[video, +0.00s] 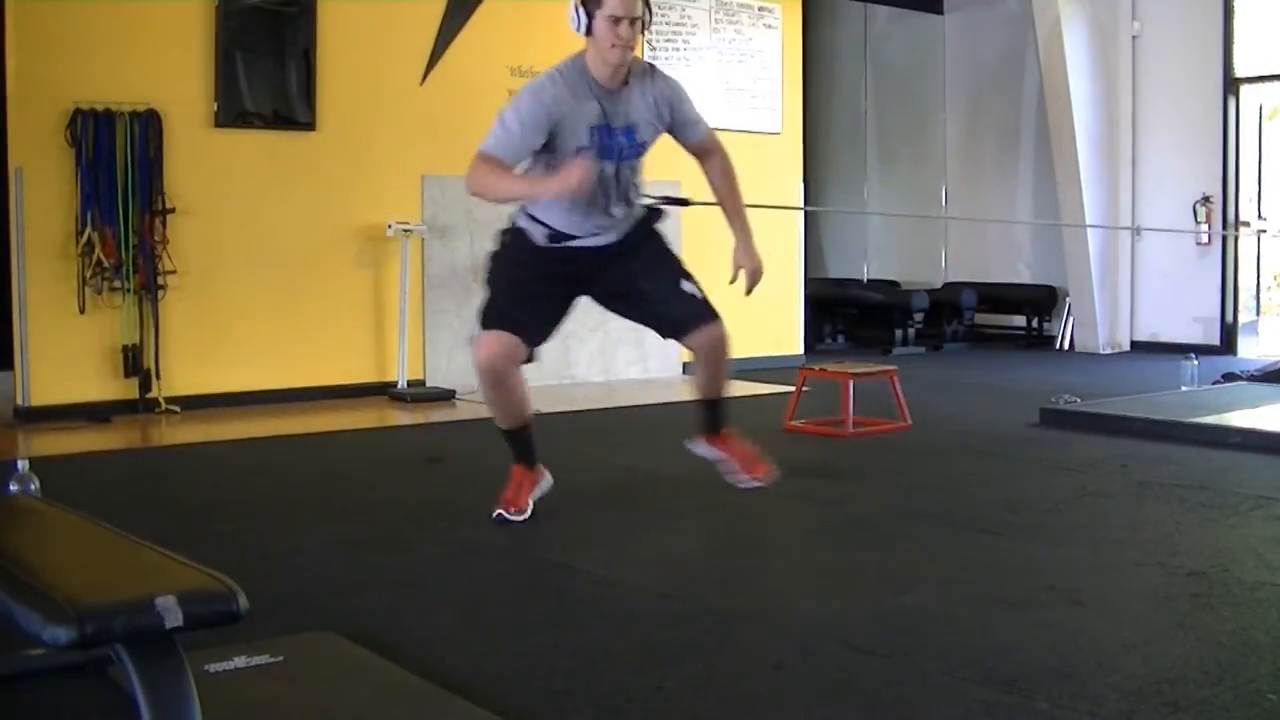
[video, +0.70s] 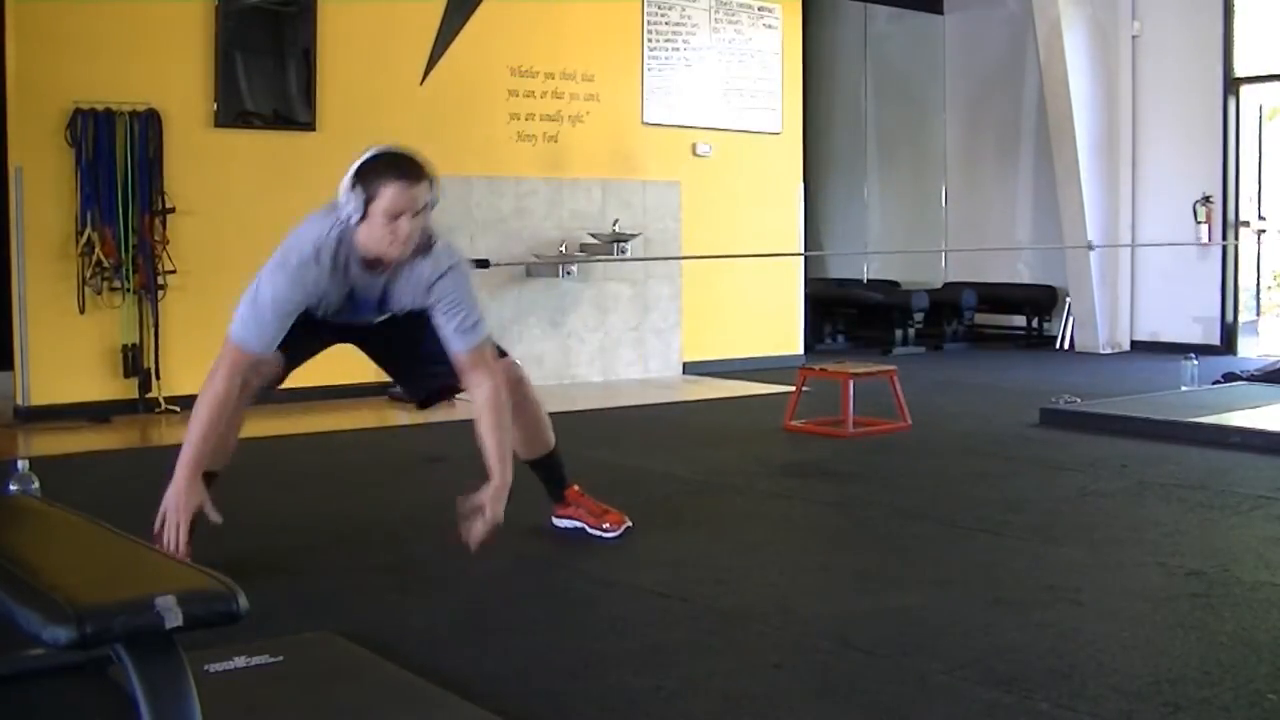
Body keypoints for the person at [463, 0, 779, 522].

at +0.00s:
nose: (626, 34)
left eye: (634, 22)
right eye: (615, 20)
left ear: (642, 28)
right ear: (586, 23)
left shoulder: (658, 90)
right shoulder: (549, 94)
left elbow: (710, 153)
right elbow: (479, 178)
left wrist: (743, 238)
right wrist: (551, 183)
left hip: (624, 243)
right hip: (542, 247)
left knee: (711, 338)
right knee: (492, 355)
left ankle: (712, 433)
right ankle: (527, 469)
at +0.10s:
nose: (600, 46)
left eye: (611, 34)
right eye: (589, 32)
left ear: (619, 38)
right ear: (560, 31)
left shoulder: (630, 103)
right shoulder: (515, 103)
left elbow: (680, 179)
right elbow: (443, 194)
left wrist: (713, 269)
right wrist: (454, 292)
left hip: (564, 246)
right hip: (486, 243)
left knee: (647, 327)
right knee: (440, 346)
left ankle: (608, 474)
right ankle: (433, 462)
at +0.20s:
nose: (562, 89)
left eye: (573, 77)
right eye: (551, 74)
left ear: (584, 82)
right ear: (523, 74)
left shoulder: (592, 145)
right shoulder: (479, 136)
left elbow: (649, 223)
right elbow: (402, 232)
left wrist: (677, 305)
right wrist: (364, 336)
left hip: (516, 272)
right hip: (439, 264)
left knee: (598, 352)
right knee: (366, 368)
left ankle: (576, 497)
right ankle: (271, 497)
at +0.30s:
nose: (505, 149)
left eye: (517, 138)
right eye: (495, 134)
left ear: (530, 142)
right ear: (468, 131)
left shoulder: (542, 195)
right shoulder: (425, 186)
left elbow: (615, 276)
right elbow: (333, 289)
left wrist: (644, 367)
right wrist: (283, 400)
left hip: (470, 299)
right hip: (390, 293)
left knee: (568, 360)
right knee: (309, 388)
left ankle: (572, 500)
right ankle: (198, 526)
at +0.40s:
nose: (431, 212)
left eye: (444, 199)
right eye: (419, 196)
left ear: (458, 200)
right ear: (391, 193)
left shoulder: (478, 243)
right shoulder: (352, 240)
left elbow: (551, 332)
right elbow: (269, 354)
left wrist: (580, 440)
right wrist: (212, 469)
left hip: (429, 320)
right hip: (346, 318)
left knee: (532, 371)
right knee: (273, 390)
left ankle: (573, 501)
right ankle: (185, 534)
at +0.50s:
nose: (371, 268)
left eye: (383, 254)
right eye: (359, 254)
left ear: (401, 246)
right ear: (331, 244)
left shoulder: (427, 281)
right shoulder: (298, 285)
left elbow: (477, 390)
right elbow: (227, 409)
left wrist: (495, 511)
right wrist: (171, 524)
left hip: (391, 317)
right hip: (298, 305)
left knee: (498, 382)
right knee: (221, 390)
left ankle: (570, 497)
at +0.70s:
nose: (411, 230)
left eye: (419, 214)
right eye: (394, 216)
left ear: (427, 211)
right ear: (356, 212)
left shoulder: (439, 261)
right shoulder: (309, 251)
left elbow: (483, 373)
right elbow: (235, 361)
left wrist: (496, 482)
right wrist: (186, 479)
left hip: (399, 316)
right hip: (312, 314)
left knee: (507, 375)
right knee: (242, 379)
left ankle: (565, 499)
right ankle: (189, 510)